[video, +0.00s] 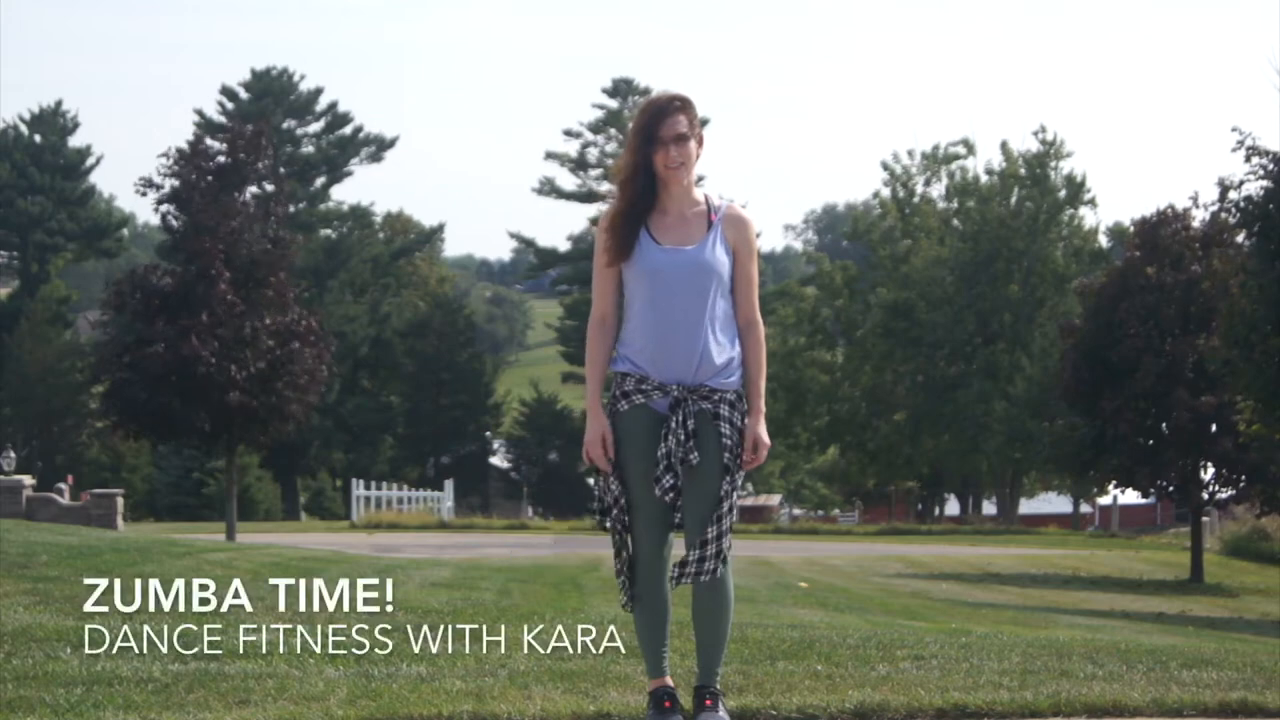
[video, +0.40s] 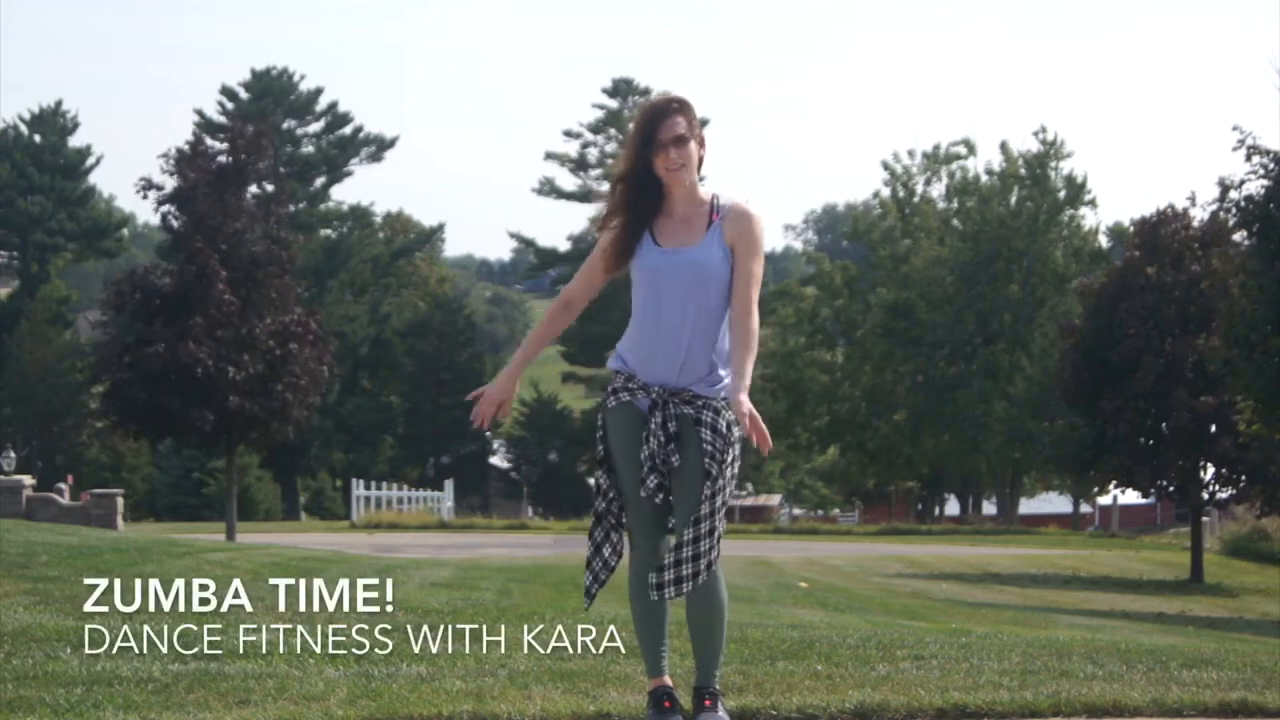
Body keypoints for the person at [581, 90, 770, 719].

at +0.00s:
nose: (675, 150)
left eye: (685, 139)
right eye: (663, 141)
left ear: (700, 145)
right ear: (646, 150)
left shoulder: (732, 223)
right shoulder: (619, 224)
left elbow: (751, 323)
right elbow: (601, 321)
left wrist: (757, 410)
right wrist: (593, 408)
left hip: (716, 395)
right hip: (638, 392)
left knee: (710, 546)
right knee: (648, 545)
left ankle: (709, 690)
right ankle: (659, 684)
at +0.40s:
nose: (677, 151)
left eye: (685, 139)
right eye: (664, 143)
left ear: (701, 144)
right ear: (647, 156)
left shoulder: (738, 222)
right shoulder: (632, 226)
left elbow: (745, 312)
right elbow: (570, 302)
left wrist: (740, 391)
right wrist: (509, 374)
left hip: (704, 398)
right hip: (634, 392)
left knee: (696, 545)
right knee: (646, 541)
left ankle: (707, 692)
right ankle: (660, 686)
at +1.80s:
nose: (711, 161)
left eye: (721, 151)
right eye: (700, 151)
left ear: (732, 159)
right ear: (680, 157)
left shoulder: (721, 234)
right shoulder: (656, 218)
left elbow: (750, 333)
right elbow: (594, 292)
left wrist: (831, 360)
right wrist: (593, 389)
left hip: (719, 409)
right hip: (669, 406)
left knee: (720, 557)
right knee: (695, 555)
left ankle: (713, 696)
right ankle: (666, 695)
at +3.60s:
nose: (691, 152)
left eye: (701, 143)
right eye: (681, 141)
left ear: (713, 154)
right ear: (659, 149)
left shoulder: (727, 226)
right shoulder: (620, 232)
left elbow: (809, 275)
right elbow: (608, 330)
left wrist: (897, 290)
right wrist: (631, 409)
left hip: (737, 402)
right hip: (661, 410)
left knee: (729, 550)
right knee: (676, 551)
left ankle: (713, 691)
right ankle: (664, 690)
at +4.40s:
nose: (720, 149)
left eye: (728, 139)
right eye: (708, 142)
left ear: (741, 147)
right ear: (689, 154)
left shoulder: (733, 227)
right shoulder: (677, 216)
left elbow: (732, 331)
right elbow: (609, 288)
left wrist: (734, 418)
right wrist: (587, 384)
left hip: (705, 406)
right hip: (654, 396)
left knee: (717, 544)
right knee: (672, 543)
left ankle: (712, 690)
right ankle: (662, 690)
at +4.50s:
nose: (722, 149)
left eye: (729, 138)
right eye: (708, 142)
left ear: (744, 148)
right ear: (690, 156)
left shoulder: (745, 231)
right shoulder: (675, 218)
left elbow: (734, 327)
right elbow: (602, 284)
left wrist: (725, 411)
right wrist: (560, 375)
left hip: (705, 403)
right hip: (649, 392)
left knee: (715, 539)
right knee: (661, 536)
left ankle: (712, 691)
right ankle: (661, 688)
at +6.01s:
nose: (692, 167)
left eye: (701, 158)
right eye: (682, 156)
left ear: (708, 162)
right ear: (655, 156)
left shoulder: (717, 232)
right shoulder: (615, 230)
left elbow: (799, 287)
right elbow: (577, 322)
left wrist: (856, 227)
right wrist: (522, 380)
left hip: (738, 399)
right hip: (664, 405)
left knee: (726, 552)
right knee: (683, 558)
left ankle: (713, 689)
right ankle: (666, 690)